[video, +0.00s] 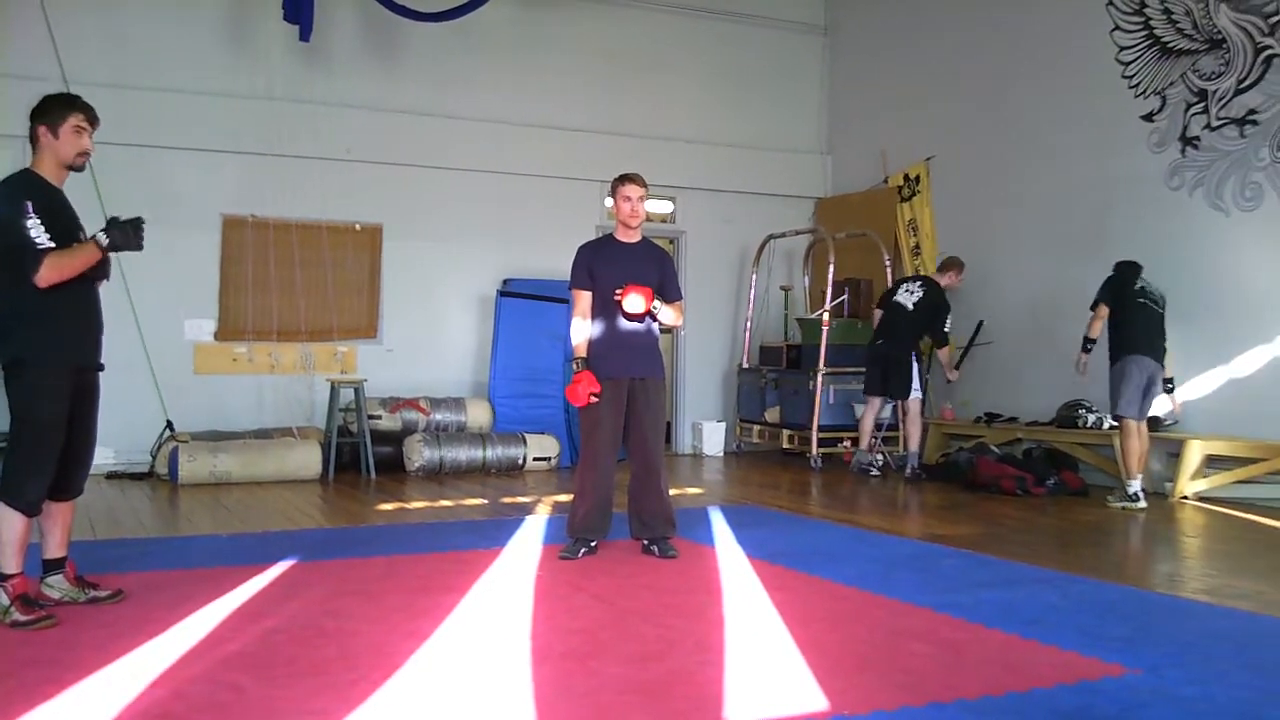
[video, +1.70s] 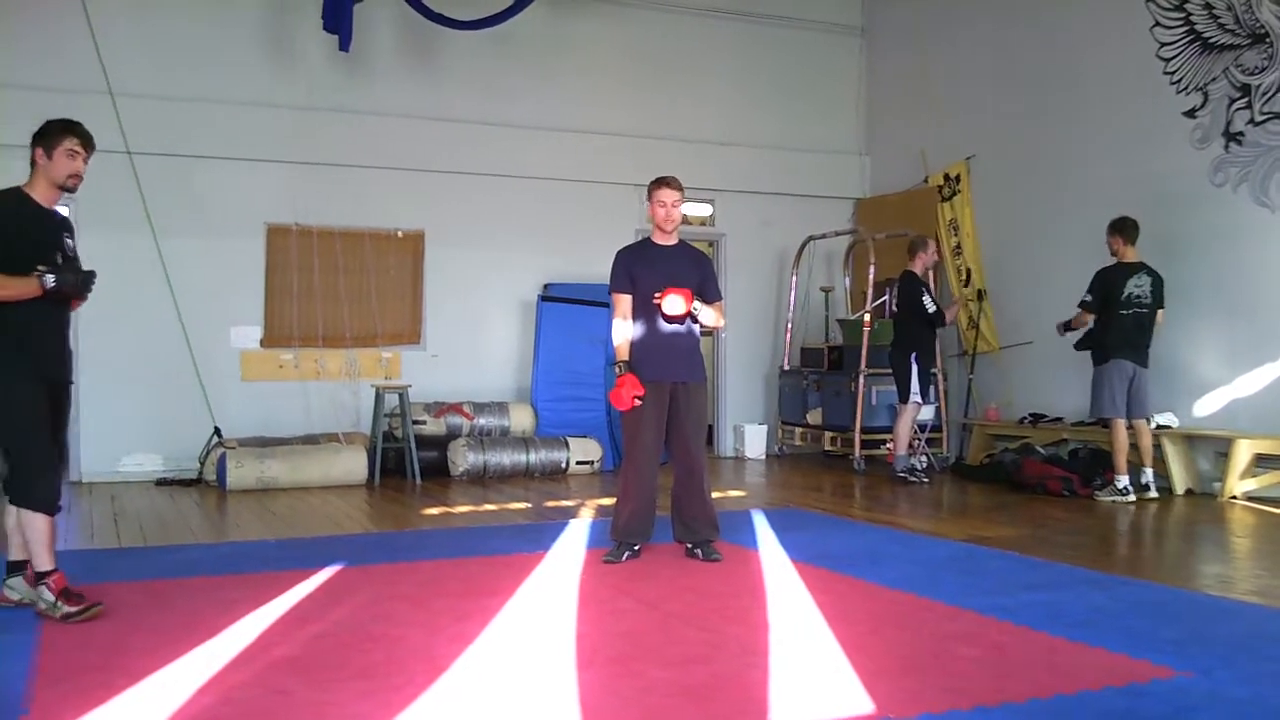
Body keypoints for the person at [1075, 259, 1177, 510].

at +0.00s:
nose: (1114, 275)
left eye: (1115, 272)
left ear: (1118, 271)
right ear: (1138, 273)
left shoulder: (1115, 281)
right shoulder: (1156, 293)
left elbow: (1100, 314)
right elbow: (1161, 342)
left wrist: (1085, 350)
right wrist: (1169, 387)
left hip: (1130, 357)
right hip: (1155, 361)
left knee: (1128, 423)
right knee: (1140, 423)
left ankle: (1133, 490)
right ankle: (1136, 485)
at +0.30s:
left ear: (1118, 285)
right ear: (1137, 287)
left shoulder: (1116, 290)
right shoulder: (1154, 302)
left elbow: (1109, 321)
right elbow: (1166, 346)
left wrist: (1106, 356)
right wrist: (1172, 386)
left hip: (1139, 350)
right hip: (1163, 357)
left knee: (1134, 417)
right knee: (1148, 419)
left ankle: (1137, 486)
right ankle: (1146, 485)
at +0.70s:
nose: (1151, 270)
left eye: (1152, 266)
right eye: (1152, 266)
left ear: (1157, 264)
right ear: (1176, 266)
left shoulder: (1155, 281)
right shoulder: (1196, 289)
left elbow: (1145, 320)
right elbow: (1196, 328)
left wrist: (1138, 350)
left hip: (1172, 353)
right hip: (1198, 357)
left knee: (1156, 418)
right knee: (1187, 423)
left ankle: (1145, 484)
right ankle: (1186, 488)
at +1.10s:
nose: (1127, 249)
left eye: (1129, 244)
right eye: (1128, 244)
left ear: (1140, 245)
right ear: (1153, 247)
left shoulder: (1130, 276)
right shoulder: (1174, 282)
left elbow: (1118, 320)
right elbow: (1175, 327)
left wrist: (1101, 337)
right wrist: (1159, 348)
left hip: (1133, 357)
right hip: (1162, 360)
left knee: (1123, 422)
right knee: (1163, 424)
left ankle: (1113, 486)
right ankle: (1170, 486)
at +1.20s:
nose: (1109, 248)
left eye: (1111, 243)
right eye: (1110, 243)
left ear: (1121, 244)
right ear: (1135, 245)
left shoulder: (1110, 276)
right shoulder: (1155, 281)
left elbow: (1094, 320)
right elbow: (1155, 326)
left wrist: (1073, 328)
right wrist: (1139, 348)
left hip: (1113, 357)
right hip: (1140, 360)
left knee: (1106, 422)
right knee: (1144, 423)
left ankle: (1099, 486)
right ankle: (1156, 486)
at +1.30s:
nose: (1086, 247)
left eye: (1088, 242)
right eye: (1086, 242)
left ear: (1098, 243)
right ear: (1111, 243)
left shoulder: (1086, 274)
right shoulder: (1132, 279)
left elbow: (1062, 315)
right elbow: (1131, 322)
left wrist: (1043, 315)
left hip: (1090, 355)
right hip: (1117, 359)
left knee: (1087, 420)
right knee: (1122, 418)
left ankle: (1083, 484)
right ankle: (1138, 481)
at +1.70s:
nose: (1107, 245)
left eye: (1109, 240)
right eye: (1108, 240)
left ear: (1118, 241)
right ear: (1133, 240)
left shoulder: (1106, 275)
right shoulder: (1154, 277)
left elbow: (1084, 318)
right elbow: (1157, 318)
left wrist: (1067, 326)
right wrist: (1132, 324)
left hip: (1112, 355)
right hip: (1140, 356)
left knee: (1117, 420)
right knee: (1140, 419)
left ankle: (1122, 485)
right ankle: (1148, 482)